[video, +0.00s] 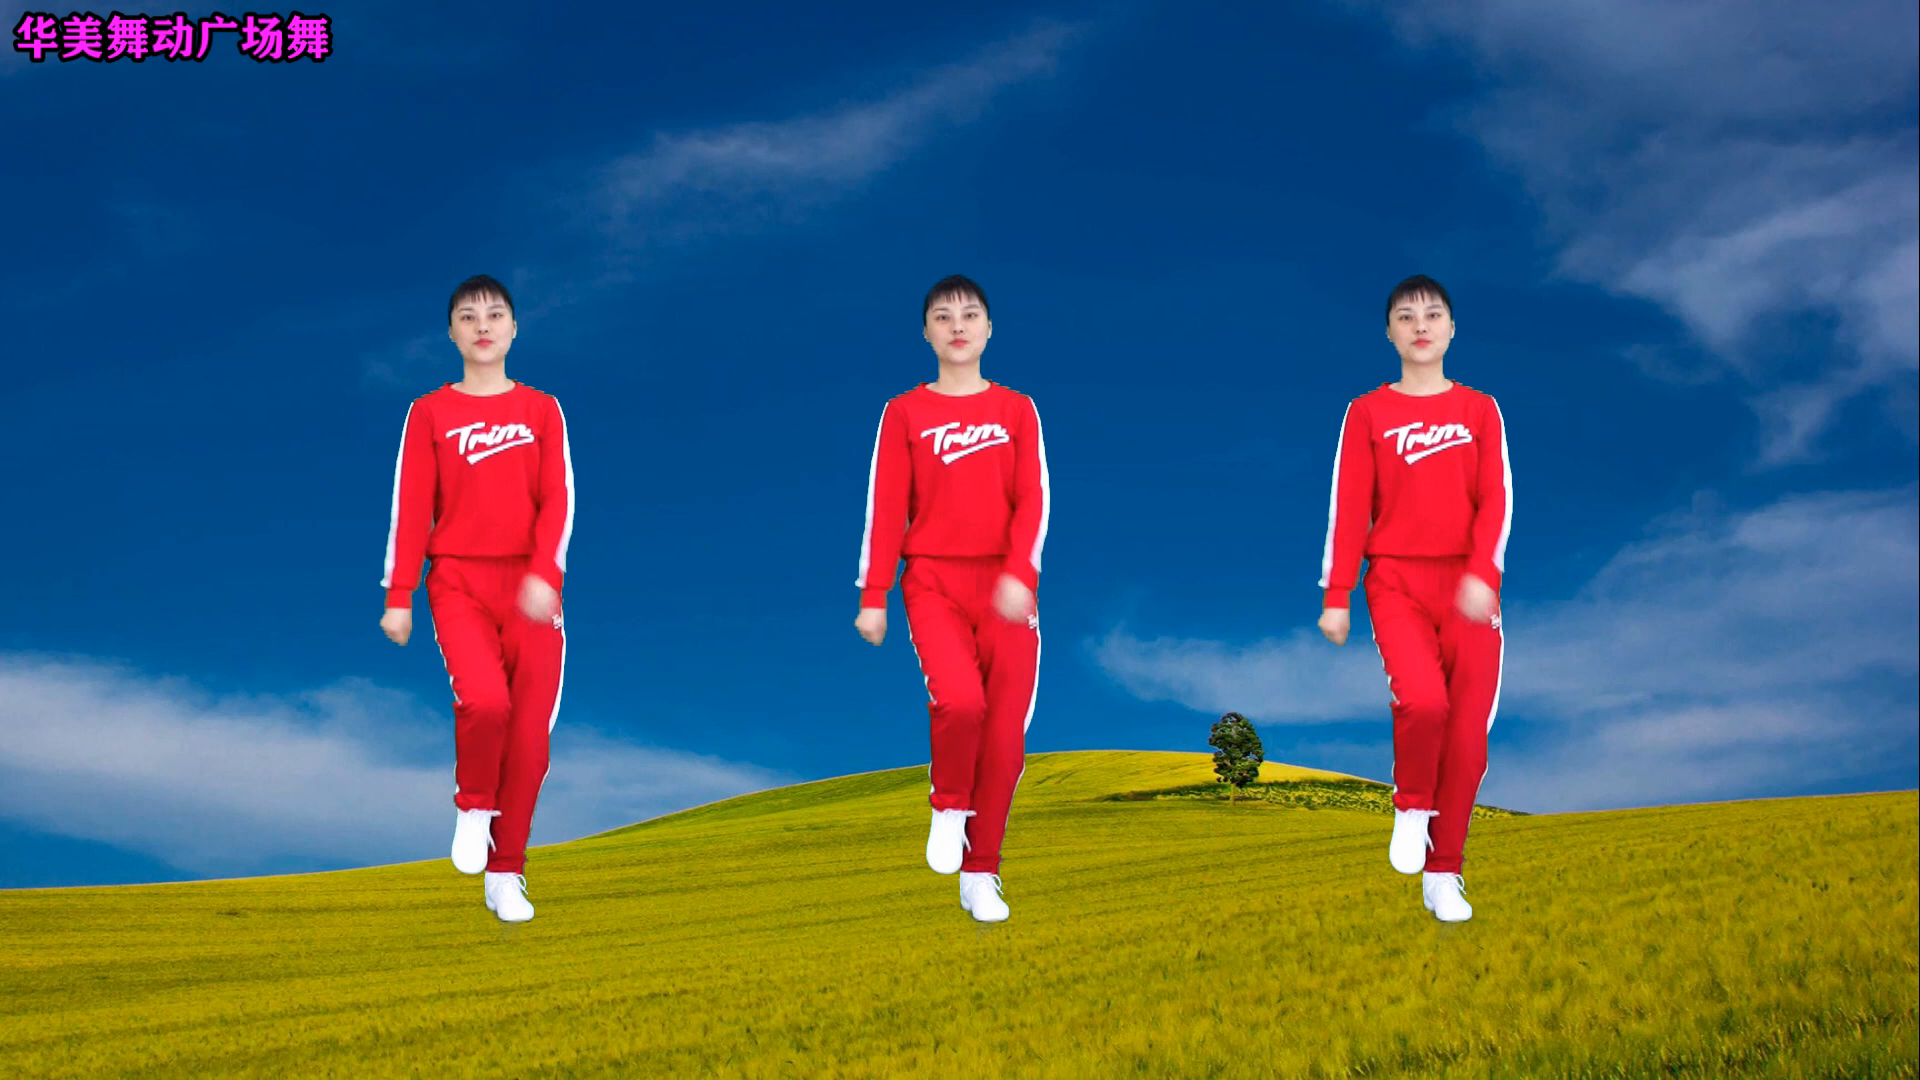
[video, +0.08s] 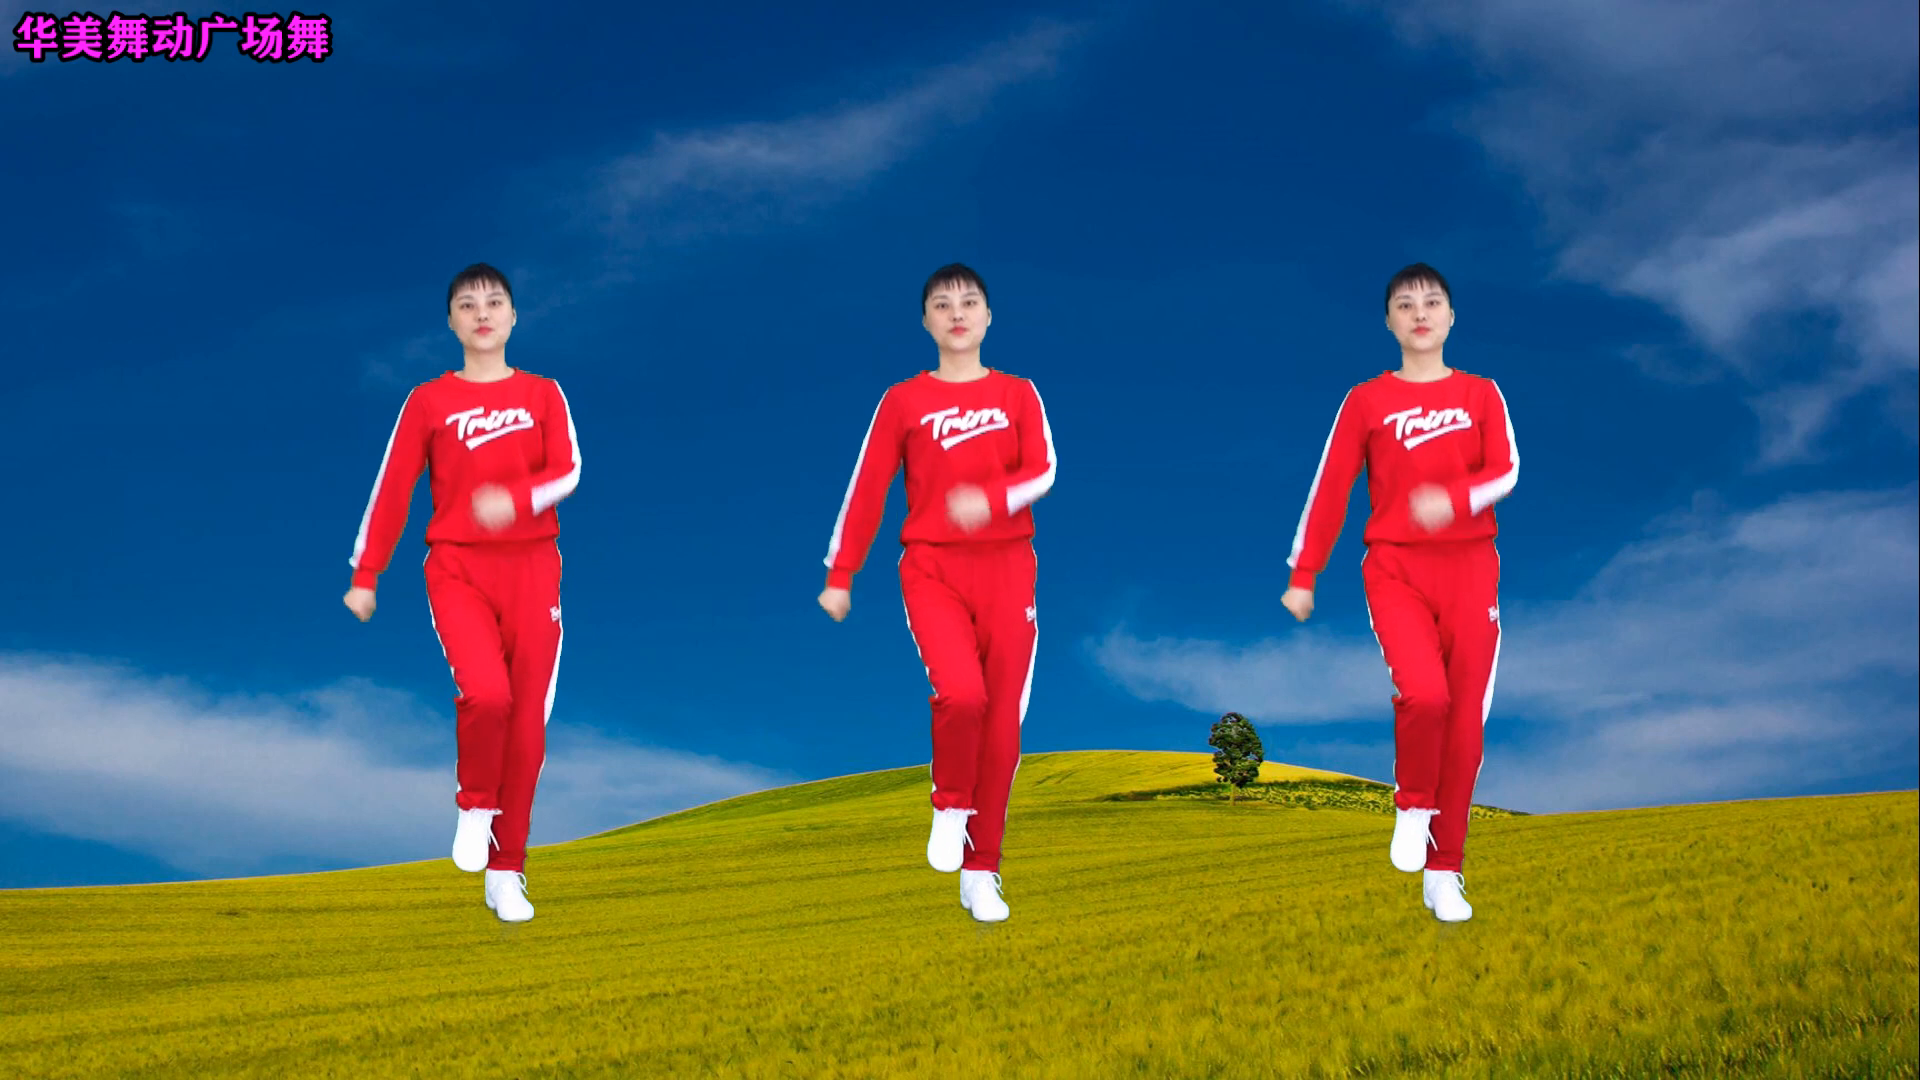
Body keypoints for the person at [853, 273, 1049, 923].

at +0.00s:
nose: (957, 325)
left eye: (969, 315)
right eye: (944, 317)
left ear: (988, 328)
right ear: (928, 332)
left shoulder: (1018, 409)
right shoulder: (903, 411)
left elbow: (1034, 499)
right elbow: (885, 508)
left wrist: (1020, 575)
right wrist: (874, 596)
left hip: (1007, 582)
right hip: (931, 582)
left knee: (1008, 725)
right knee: (962, 702)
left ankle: (982, 867)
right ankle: (950, 806)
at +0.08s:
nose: (957, 314)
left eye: (968, 304)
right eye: (944, 306)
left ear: (987, 316)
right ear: (927, 321)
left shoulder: (1018, 393)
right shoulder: (902, 401)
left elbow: (1041, 471)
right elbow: (866, 487)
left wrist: (990, 496)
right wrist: (840, 572)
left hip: (1007, 572)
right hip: (932, 571)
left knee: (1003, 719)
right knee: (962, 696)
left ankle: (984, 867)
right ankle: (952, 806)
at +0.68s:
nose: (941, 327)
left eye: (953, 318)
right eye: (928, 318)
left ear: (969, 330)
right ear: (911, 330)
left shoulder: (998, 407)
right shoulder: (882, 411)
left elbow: (1005, 501)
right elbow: (866, 498)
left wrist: (1002, 585)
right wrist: (885, 570)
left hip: (972, 583)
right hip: (901, 584)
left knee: (946, 715)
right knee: (900, 733)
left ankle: (967, 809)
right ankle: (927, 866)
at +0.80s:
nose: (939, 310)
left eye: (952, 300)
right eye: (927, 300)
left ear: (969, 312)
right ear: (909, 312)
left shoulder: (996, 389)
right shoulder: (879, 392)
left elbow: (1036, 477)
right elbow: (841, 471)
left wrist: (1055, 565)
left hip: (974, 565)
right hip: (899, 566)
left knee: (948, 709)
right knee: (906, 721)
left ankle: (963, 818)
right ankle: (929, 862)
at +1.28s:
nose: (946, 322)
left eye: (959, 311)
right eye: (933, 312)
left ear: (976, 321)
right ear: (917, 323)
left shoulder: (1007, 399)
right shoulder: (890, 403)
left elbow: (1051, 485)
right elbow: (884, 487)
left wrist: (1092, 567)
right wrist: (908, 555)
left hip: (998, 574)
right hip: (922, 575)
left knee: (988, 727)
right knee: (935, 721)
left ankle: (970, 868)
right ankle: (933, 837)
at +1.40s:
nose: (948, 327)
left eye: (959, 316)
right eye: (934, 317)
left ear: (977, 325)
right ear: (919, 329)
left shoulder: (1009, 406)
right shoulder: (894, 410)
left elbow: (1029, 495)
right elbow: (874, 504)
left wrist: (1014, 568)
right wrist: (862, 592)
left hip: (998, 578)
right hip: (922, 579)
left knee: (997, 729)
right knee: (950, 703)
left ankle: (971, 869)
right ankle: (937, 805)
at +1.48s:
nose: (947, 313)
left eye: (958, 302)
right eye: (934, 304)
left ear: (977, 312)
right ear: (917, 318)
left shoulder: (1009, 390)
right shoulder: (893, 399)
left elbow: (1038, 474)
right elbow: (853, 485)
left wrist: (987, 498)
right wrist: (824, 569)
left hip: (999, 570)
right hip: (922, 570)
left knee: (991, 722)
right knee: (950, 697)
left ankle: (972, 867)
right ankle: (941, 806)